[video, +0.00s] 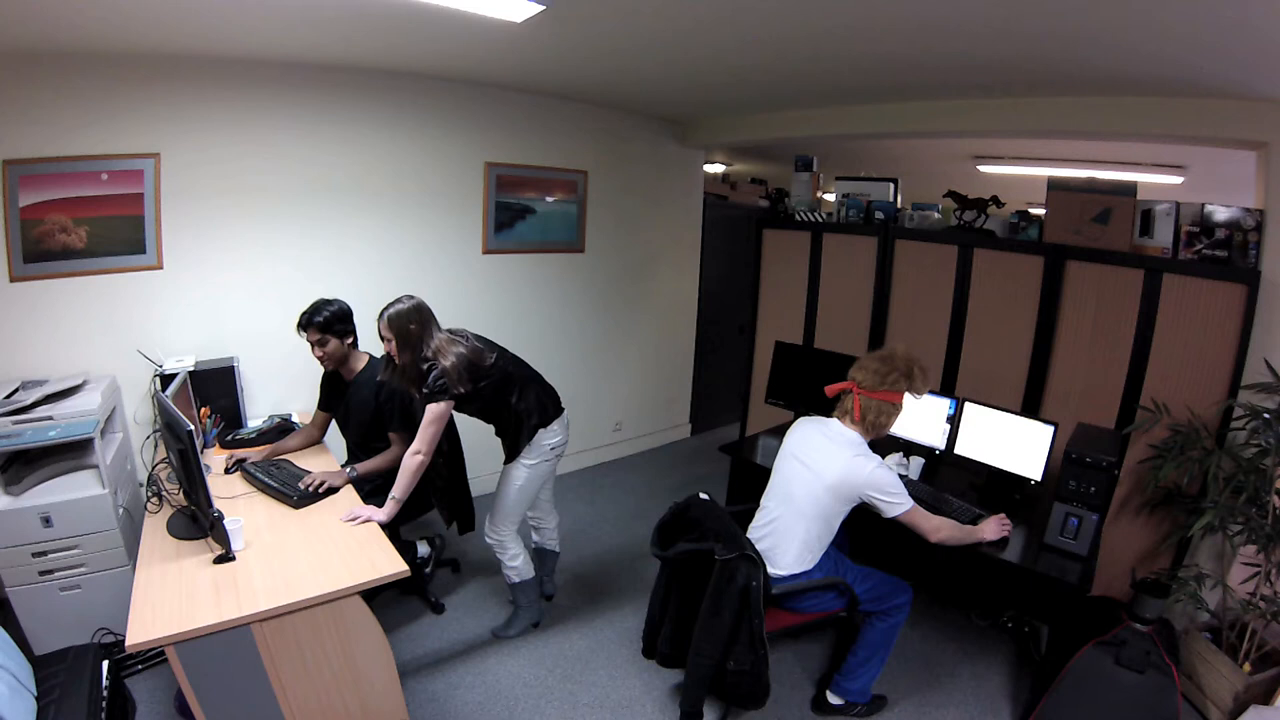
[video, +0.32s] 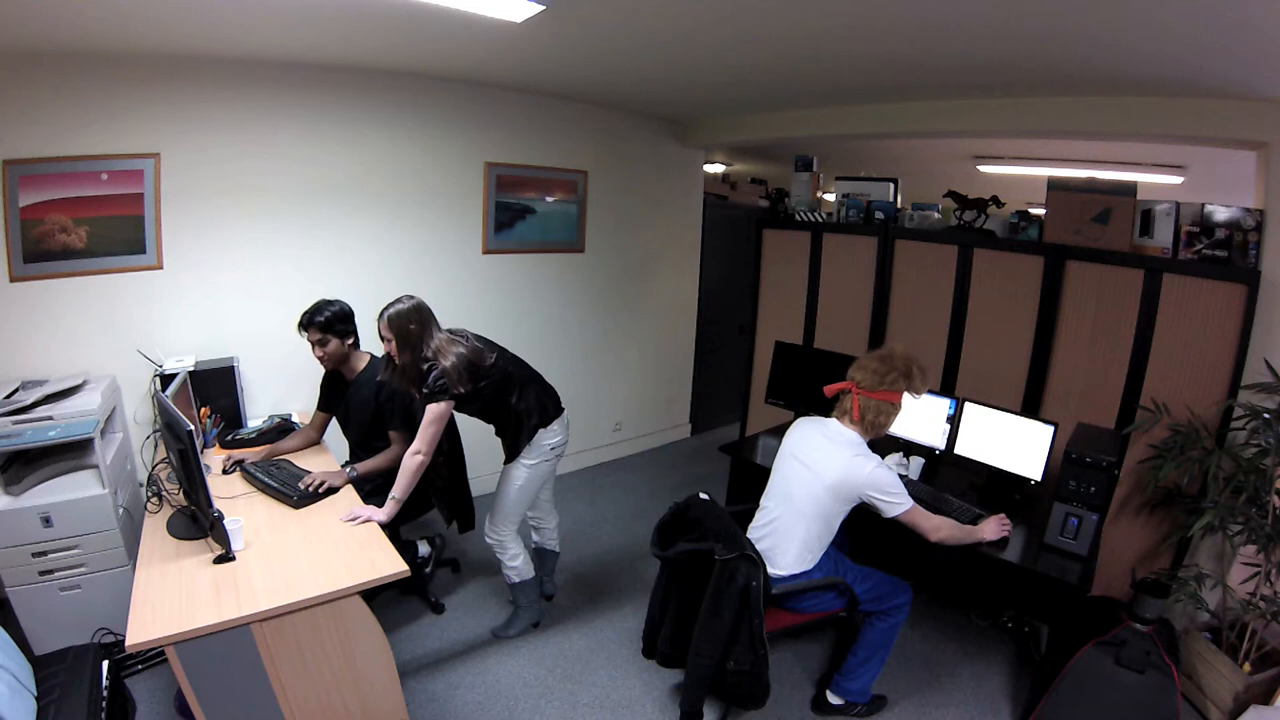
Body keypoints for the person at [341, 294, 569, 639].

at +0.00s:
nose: (387, 349)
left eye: (389, 340)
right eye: (384, 340)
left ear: (411, 337)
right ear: (420, 330)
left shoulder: (443, 369)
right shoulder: (450, 340)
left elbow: (420, 452)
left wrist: (388, 509)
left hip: (538, 434)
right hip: (547, 421)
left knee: (500, 531)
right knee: (541, 507)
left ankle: (528, 607)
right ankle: (545, 580)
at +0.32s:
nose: (386, 349)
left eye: (389, 340)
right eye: (384, 340)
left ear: (410, 337)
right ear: (420, 330)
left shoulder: (444, 369)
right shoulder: (450, 340)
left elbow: (420, 452)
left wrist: (388, 509)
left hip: (538, 434)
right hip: (547, 421)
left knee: (500, 531)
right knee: (541, 507)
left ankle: (528, 607)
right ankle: (546, 580)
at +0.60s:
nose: (386, 349)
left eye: (388, 341)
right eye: (384, 340)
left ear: (410, 338)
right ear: (419, 330)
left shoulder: (443, 369)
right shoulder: (450, 340)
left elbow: (420, 452)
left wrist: (388, 509)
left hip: (538, 433)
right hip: (547, 421)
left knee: (500, 530)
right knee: (541, 507)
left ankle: (528, 607)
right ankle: (546, 581)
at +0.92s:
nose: (386, 349)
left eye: (389, 341)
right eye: (384, 340)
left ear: (410, 338)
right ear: (420, 330)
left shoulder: (443, 369)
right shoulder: (450, 340)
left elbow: (420, 453)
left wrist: (388, 509)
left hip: (538, 434)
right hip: (547, 421)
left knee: (500, 530)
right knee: (541, 507)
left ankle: (528, 607)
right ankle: (545, 581)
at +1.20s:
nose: (386, 349)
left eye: (389, 340)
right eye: (384, 340)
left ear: (410, 338)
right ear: (420, 330)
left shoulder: (443, 369)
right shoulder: (450, 340)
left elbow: (420, 453)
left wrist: (388, 509)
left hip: (539, 433)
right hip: (548, 420)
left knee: (500, 530)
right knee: (541, 507)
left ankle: (528, 607)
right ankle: (546, 581)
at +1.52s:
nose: (387, 349)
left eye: (389, 341)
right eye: (384, 341)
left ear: (411, 338)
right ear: (420, 331)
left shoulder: (444, 369)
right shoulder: (450, 340)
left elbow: (420, 452)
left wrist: (388, 509)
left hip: (539, 433)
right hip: (547, 421)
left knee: (500, 530)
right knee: (542, 507)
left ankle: (528, 607)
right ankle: (546, 581)